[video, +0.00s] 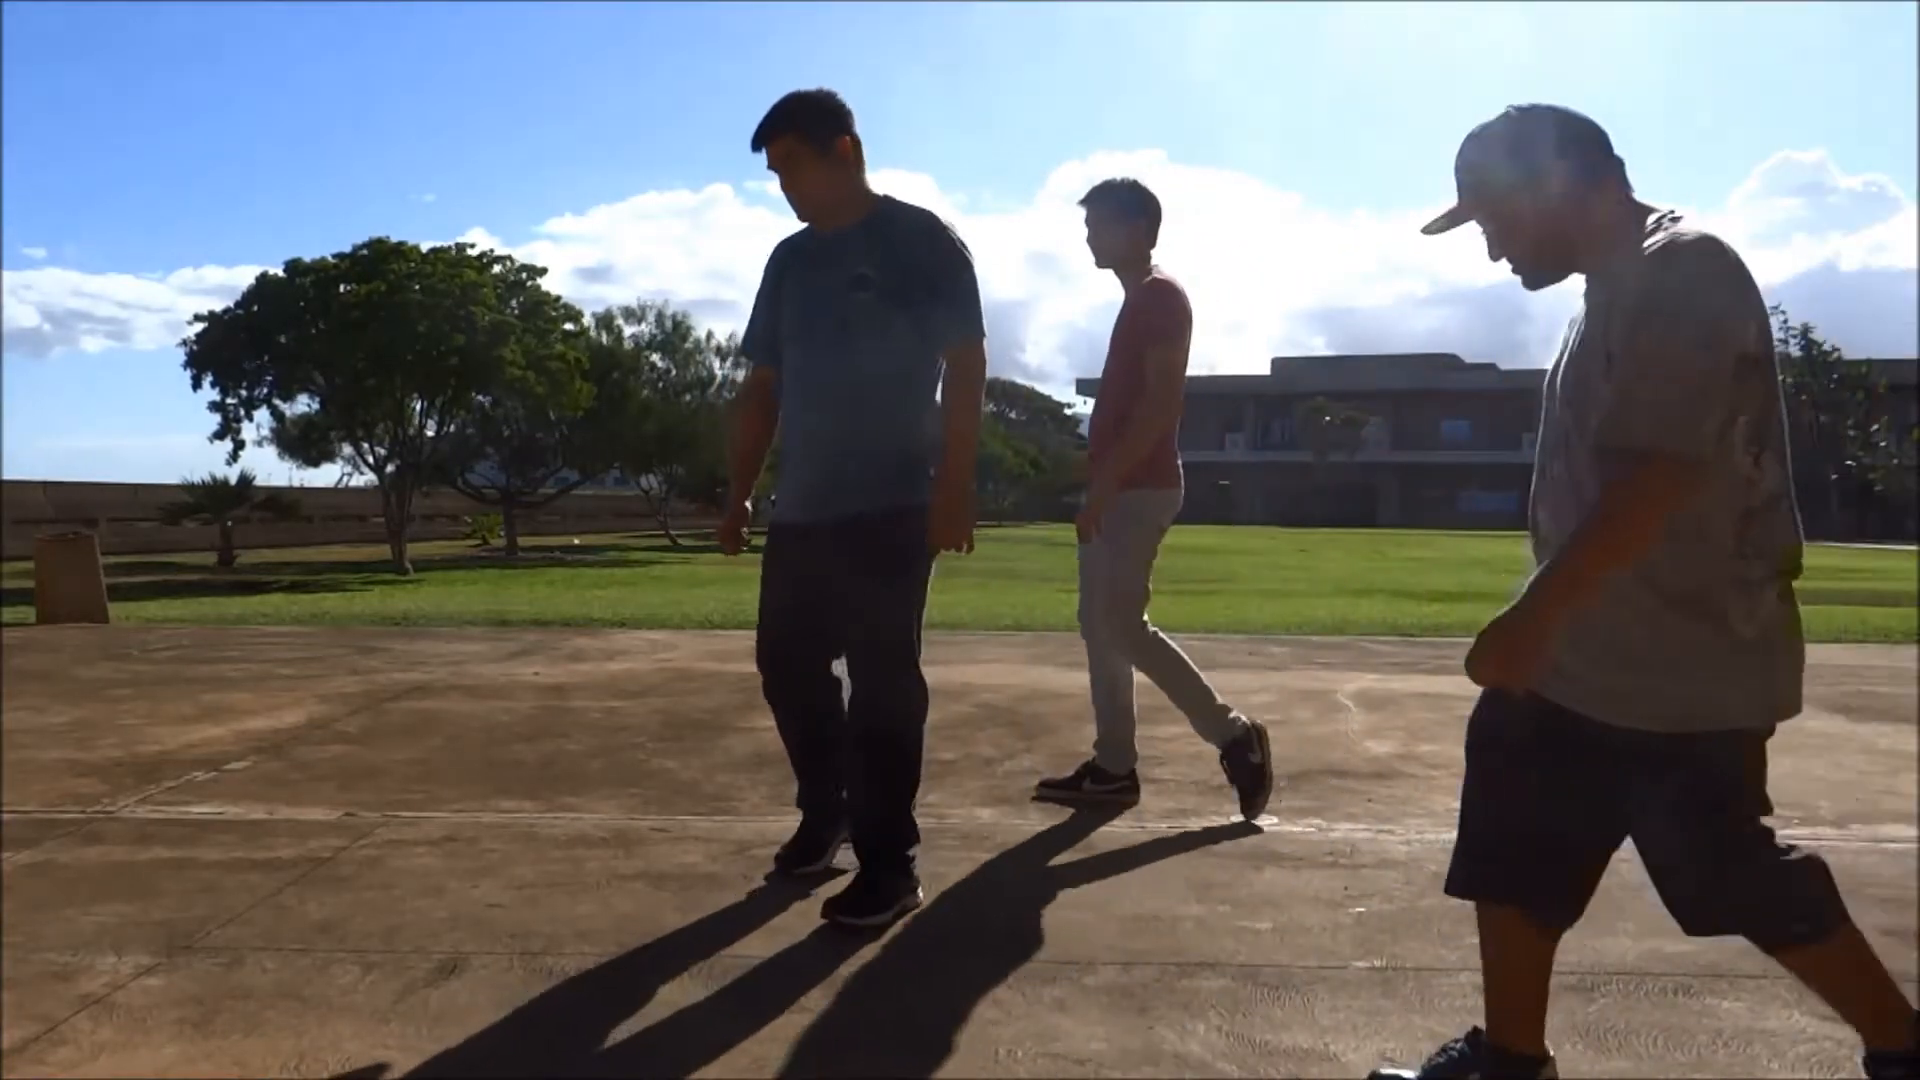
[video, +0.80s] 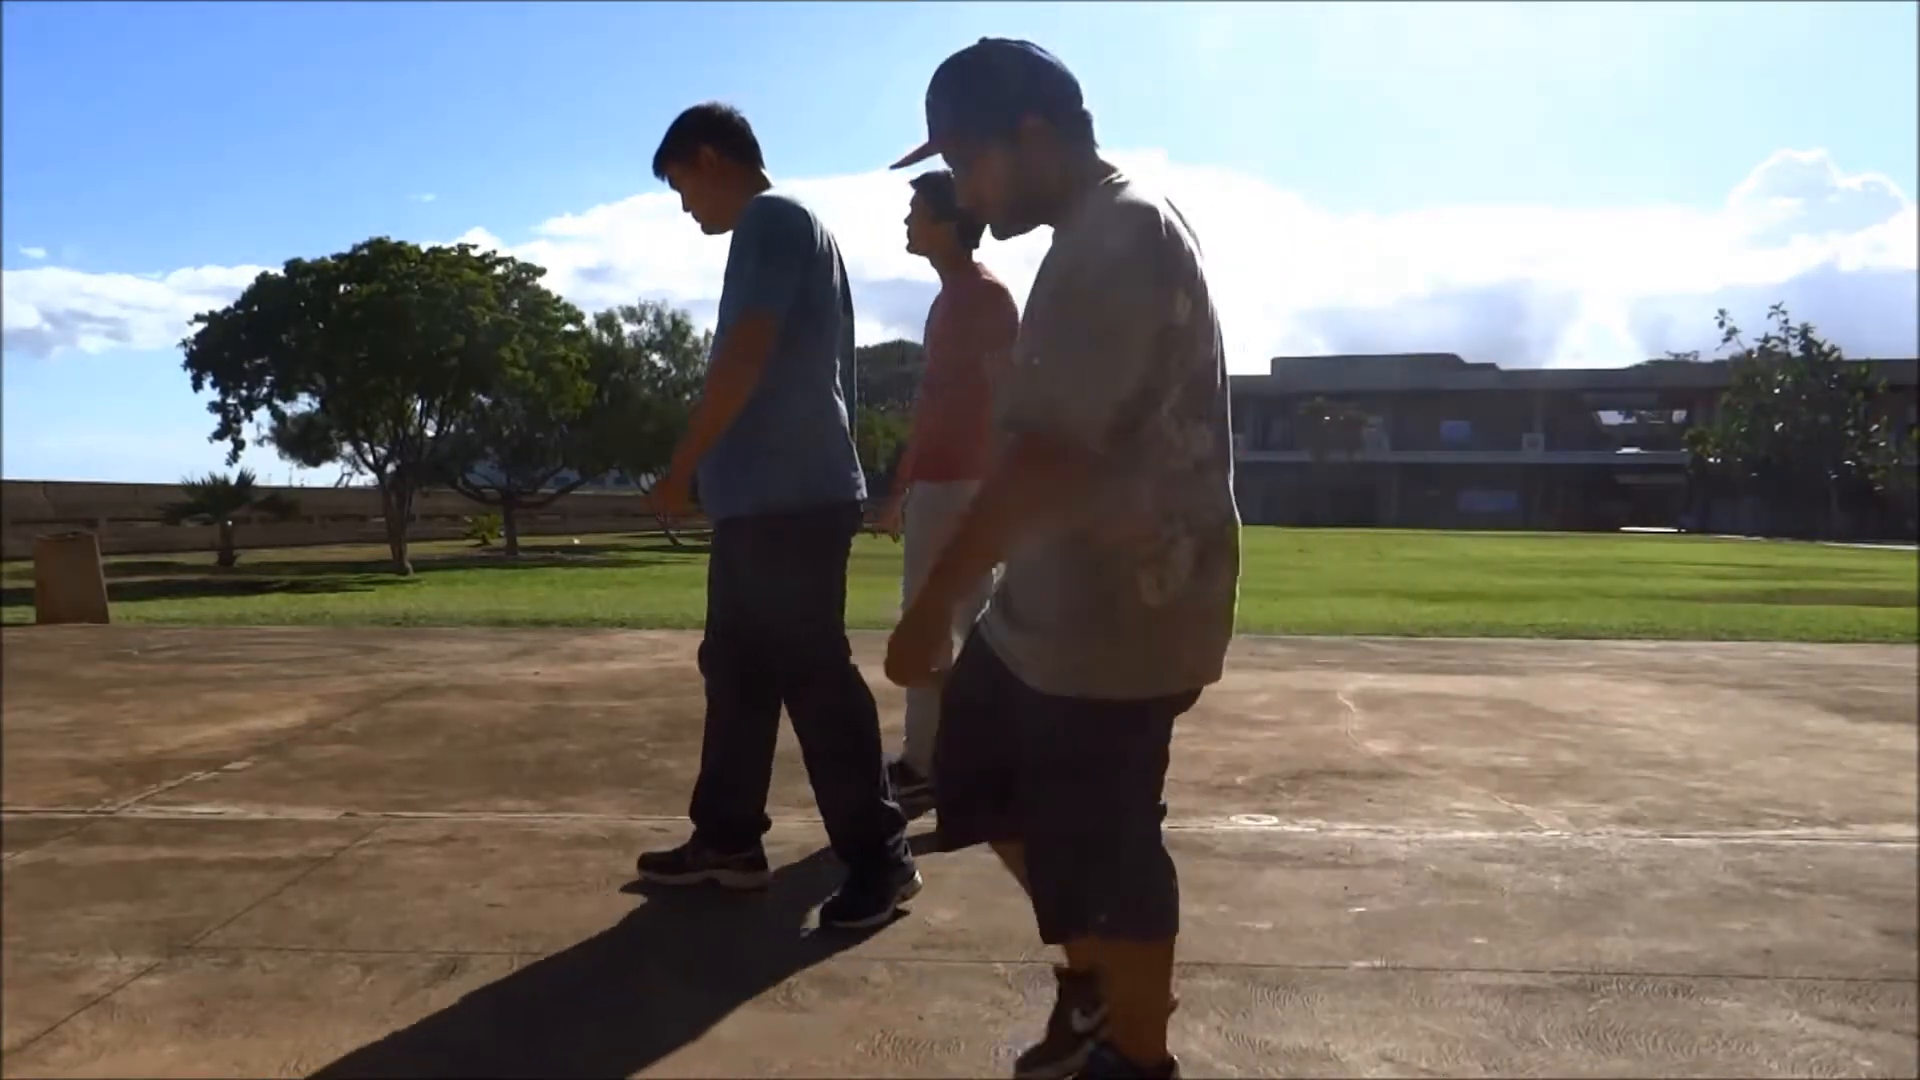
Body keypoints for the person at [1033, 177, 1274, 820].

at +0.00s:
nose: (1088, 236)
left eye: (1096, 225)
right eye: (1087, 226)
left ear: (1136, 227)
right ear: (1124, 231)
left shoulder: (1160, 298)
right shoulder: (1140, 301)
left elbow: (1159, 408)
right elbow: (1138, 405)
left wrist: (1105, 485)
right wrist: (1099, 485)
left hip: (1141, 491)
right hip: (1118, 490)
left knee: (1119, 625)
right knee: (1098, 624)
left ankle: (1237, 738)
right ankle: (1113, 768)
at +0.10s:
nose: (1066, 236)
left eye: (1074, 224)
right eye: (1066, 225)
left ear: (1112, 227)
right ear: (1104, 231)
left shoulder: (1139, 298)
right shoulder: (1122, 298)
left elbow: (1138, 409)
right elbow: (1121, 405)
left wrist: (1096, 487)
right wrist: (1085, 484)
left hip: (1117, 487)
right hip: (1101, 485)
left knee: (1075, 620)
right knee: (1095, 623)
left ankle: (1175, 738)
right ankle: (1112, 767)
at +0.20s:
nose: (1048, 232)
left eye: (1058, 220)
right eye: (1049, 221)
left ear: (1095, 225)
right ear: (1079, 230)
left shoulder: (1121, 298)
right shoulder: (1099, 300)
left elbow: (1124, 409)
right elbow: (1098, 407)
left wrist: (1085, 499)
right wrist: (1069, 493)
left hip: (1094, 484)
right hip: (1083, 483)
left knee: (1041, 611)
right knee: (1092, 620)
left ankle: (1106, 753)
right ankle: (1109, 758)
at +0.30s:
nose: (1026, 234)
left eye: (1035, 223)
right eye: (1028, 223)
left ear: (1074, 227)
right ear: (1067, 230)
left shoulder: (1104, 300)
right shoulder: (1077, 302)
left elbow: (1109, 413)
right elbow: (1079, 408)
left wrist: (1079, 509)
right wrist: (1055, 492)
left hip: (1077, 483)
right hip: (1067, 479)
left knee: (1013, 609)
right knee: (1086, 624)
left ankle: (1029, 761)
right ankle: (1113, 765)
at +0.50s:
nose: (981, 237)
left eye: (990, 225)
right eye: (984, 225)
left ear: (1023, 233)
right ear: (1023, 235)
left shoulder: (1062, 305)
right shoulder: (1033, 307)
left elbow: (1077, 416)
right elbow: (1018, 413)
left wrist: (1065, 515)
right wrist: (984, 484)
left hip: (1037, 494)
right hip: (1026, 492)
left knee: (984, 629)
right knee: (1067, 630)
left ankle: (933, 767)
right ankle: (1110, 764)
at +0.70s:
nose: (931, 229)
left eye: (941, 219)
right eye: (935, 218)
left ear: (971, 229)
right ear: (975, 230)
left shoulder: (1011, 303)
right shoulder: (977, 305)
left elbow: (1032, 406)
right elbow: (961, 411)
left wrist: (1027, 504)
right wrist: (927, 482)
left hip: (979, 492)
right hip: (984, 490)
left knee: (943, 626)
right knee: (1022, 620)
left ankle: (921, 768)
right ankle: (1096, 739)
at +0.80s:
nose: (907, 227)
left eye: (916, 216)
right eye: (910, 215)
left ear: (947, 225)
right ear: (946, 226)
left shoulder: (980, 298)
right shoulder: (952, 299)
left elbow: (987, 402)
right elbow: (935, 404)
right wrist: (902, 483)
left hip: (959, 486)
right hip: (940, 482)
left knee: (936, 628)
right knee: (950, 626)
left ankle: (924, 765)